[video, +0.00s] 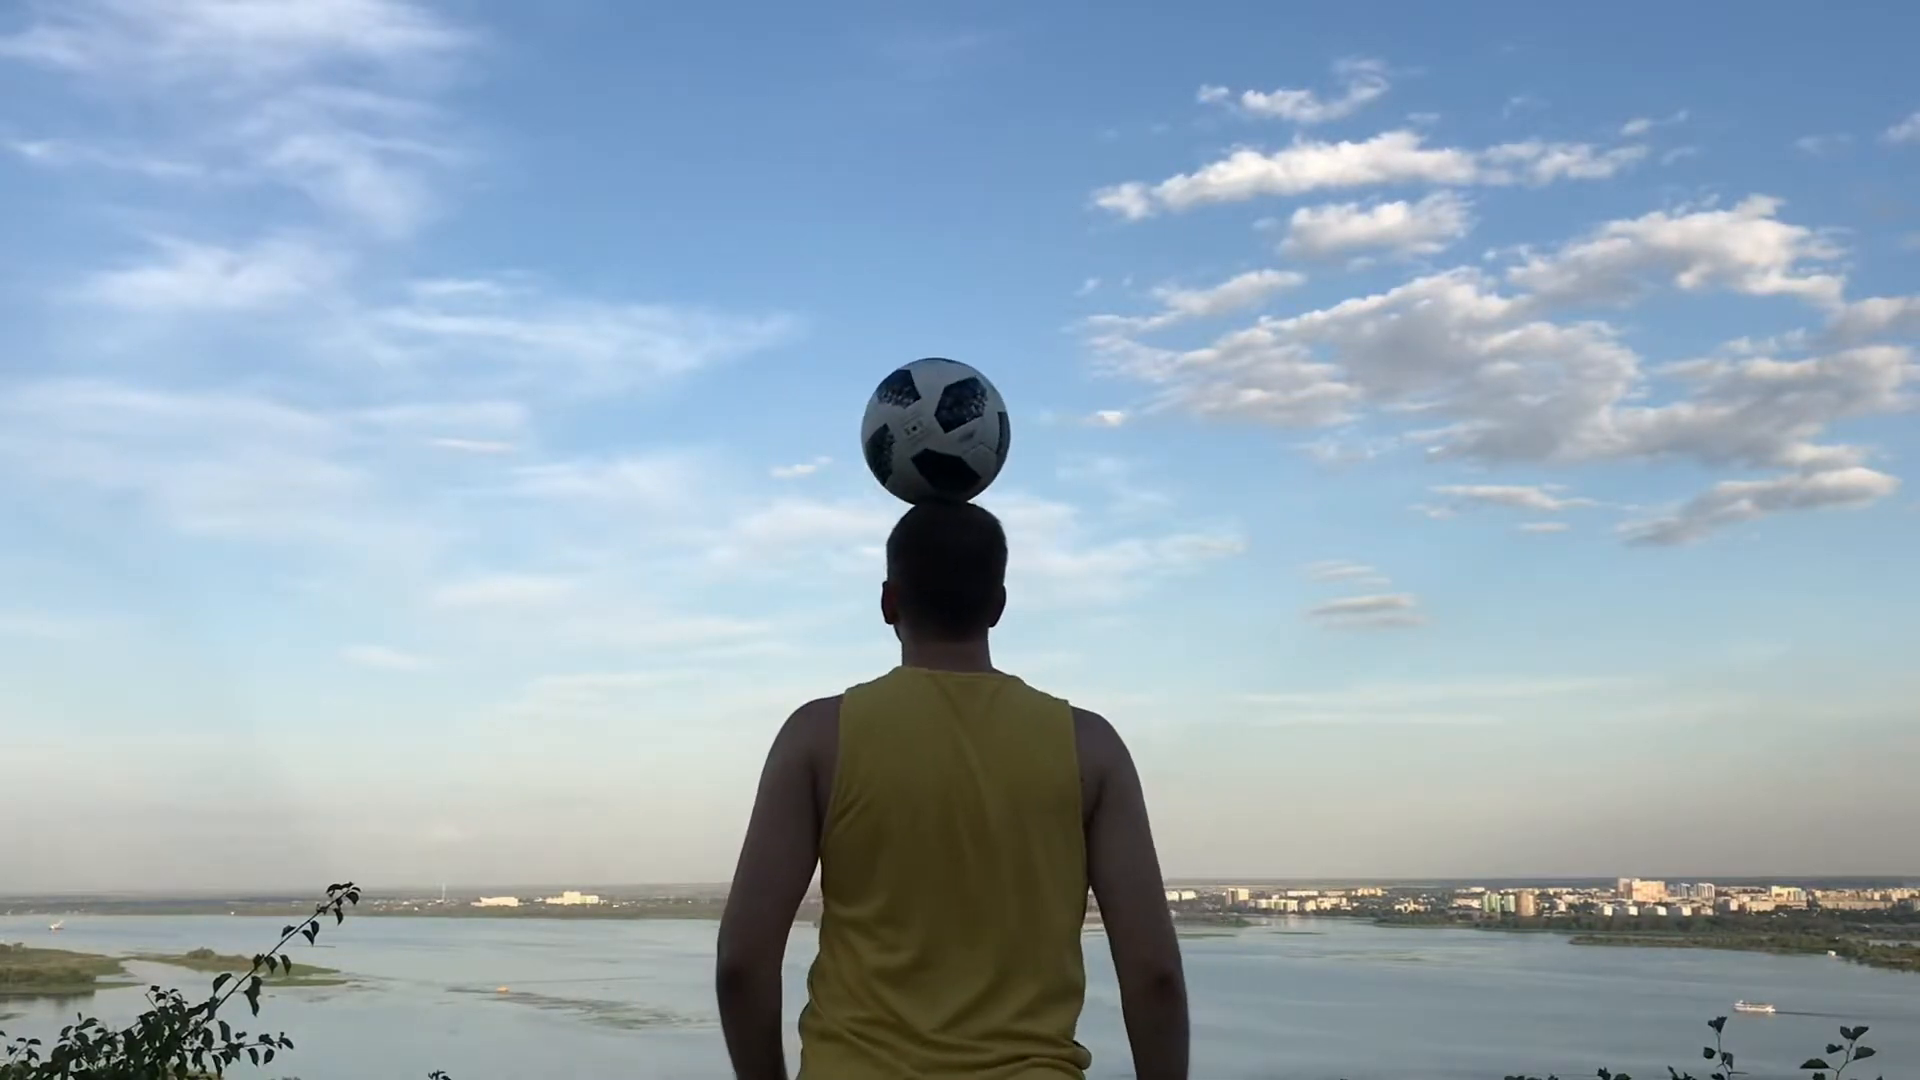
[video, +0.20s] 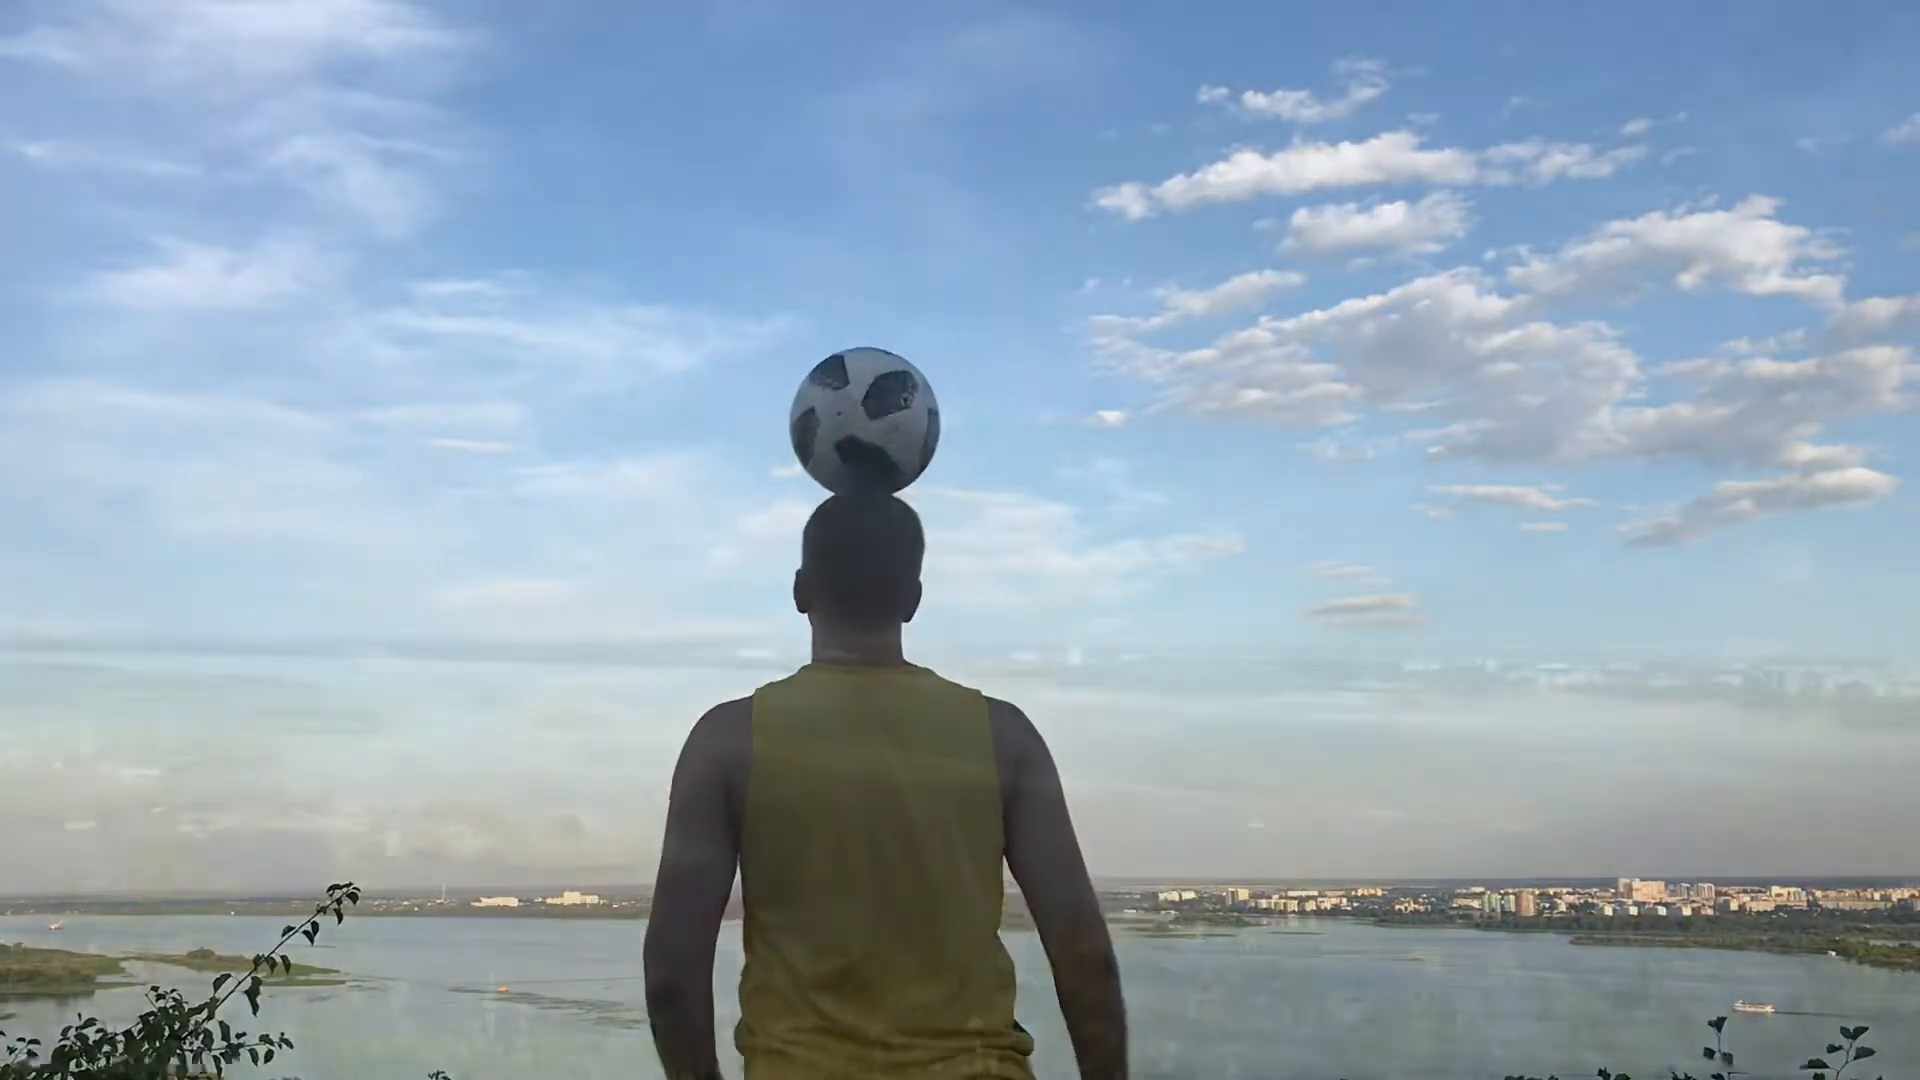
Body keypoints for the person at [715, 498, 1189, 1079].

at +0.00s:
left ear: (888, 600)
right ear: (999, 603)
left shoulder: (819, 734)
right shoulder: (1088, 742)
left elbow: (743, 963)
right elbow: (1155, 975)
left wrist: (765, 1074)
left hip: (856, 1061)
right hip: (1034, 1063)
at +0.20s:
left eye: (801, 577)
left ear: (800, 591)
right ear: (915, 598)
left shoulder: (729, 736)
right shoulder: (1002, 734)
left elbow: (672, 981)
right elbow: (1086, 958)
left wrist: (698, 1075)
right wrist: (1107, 1074)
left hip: (796, 1060)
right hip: (974, 1061)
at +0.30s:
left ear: (774, 585)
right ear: (889, 592)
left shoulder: (701, 732)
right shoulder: (974, 732)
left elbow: (639, 970)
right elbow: (1053, 956)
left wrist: (665, 1073)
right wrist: (1076, 1070)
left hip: (772, 1057)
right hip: (944, 1057)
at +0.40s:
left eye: (750, 564)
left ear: (743, 584)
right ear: (860, 590)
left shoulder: (674, 733)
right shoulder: (945, 730)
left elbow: (610, 960)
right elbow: (1021, 932)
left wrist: (635, 1072)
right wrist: (1049, 1067)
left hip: (744, 1058)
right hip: (918, 1059)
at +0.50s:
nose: (749, 586)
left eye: (708, 563)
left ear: (700, 586)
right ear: (815, 586)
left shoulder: (636, 739)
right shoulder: (904, 723)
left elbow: (580, 955)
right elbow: (987, 912)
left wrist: (580, 1059)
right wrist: (1016, 1044)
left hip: (716, 1051)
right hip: (883, 1050)